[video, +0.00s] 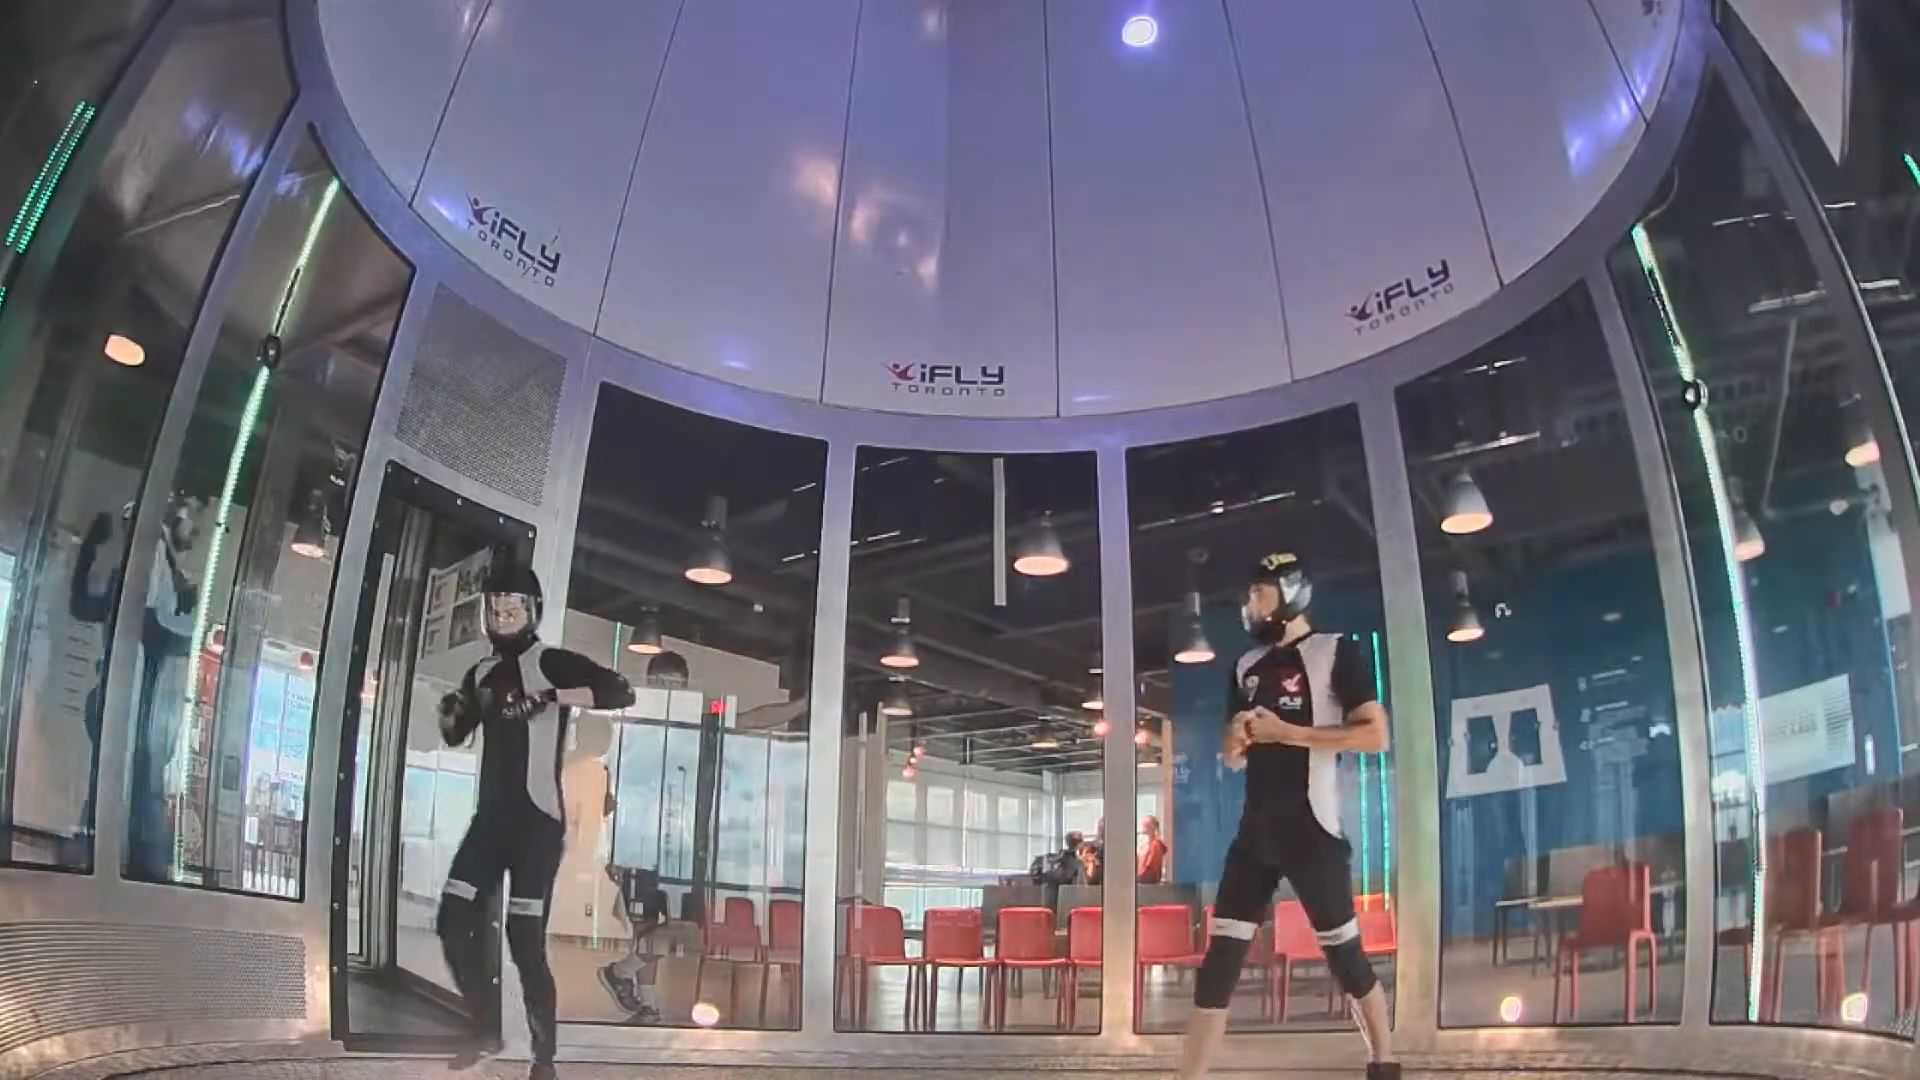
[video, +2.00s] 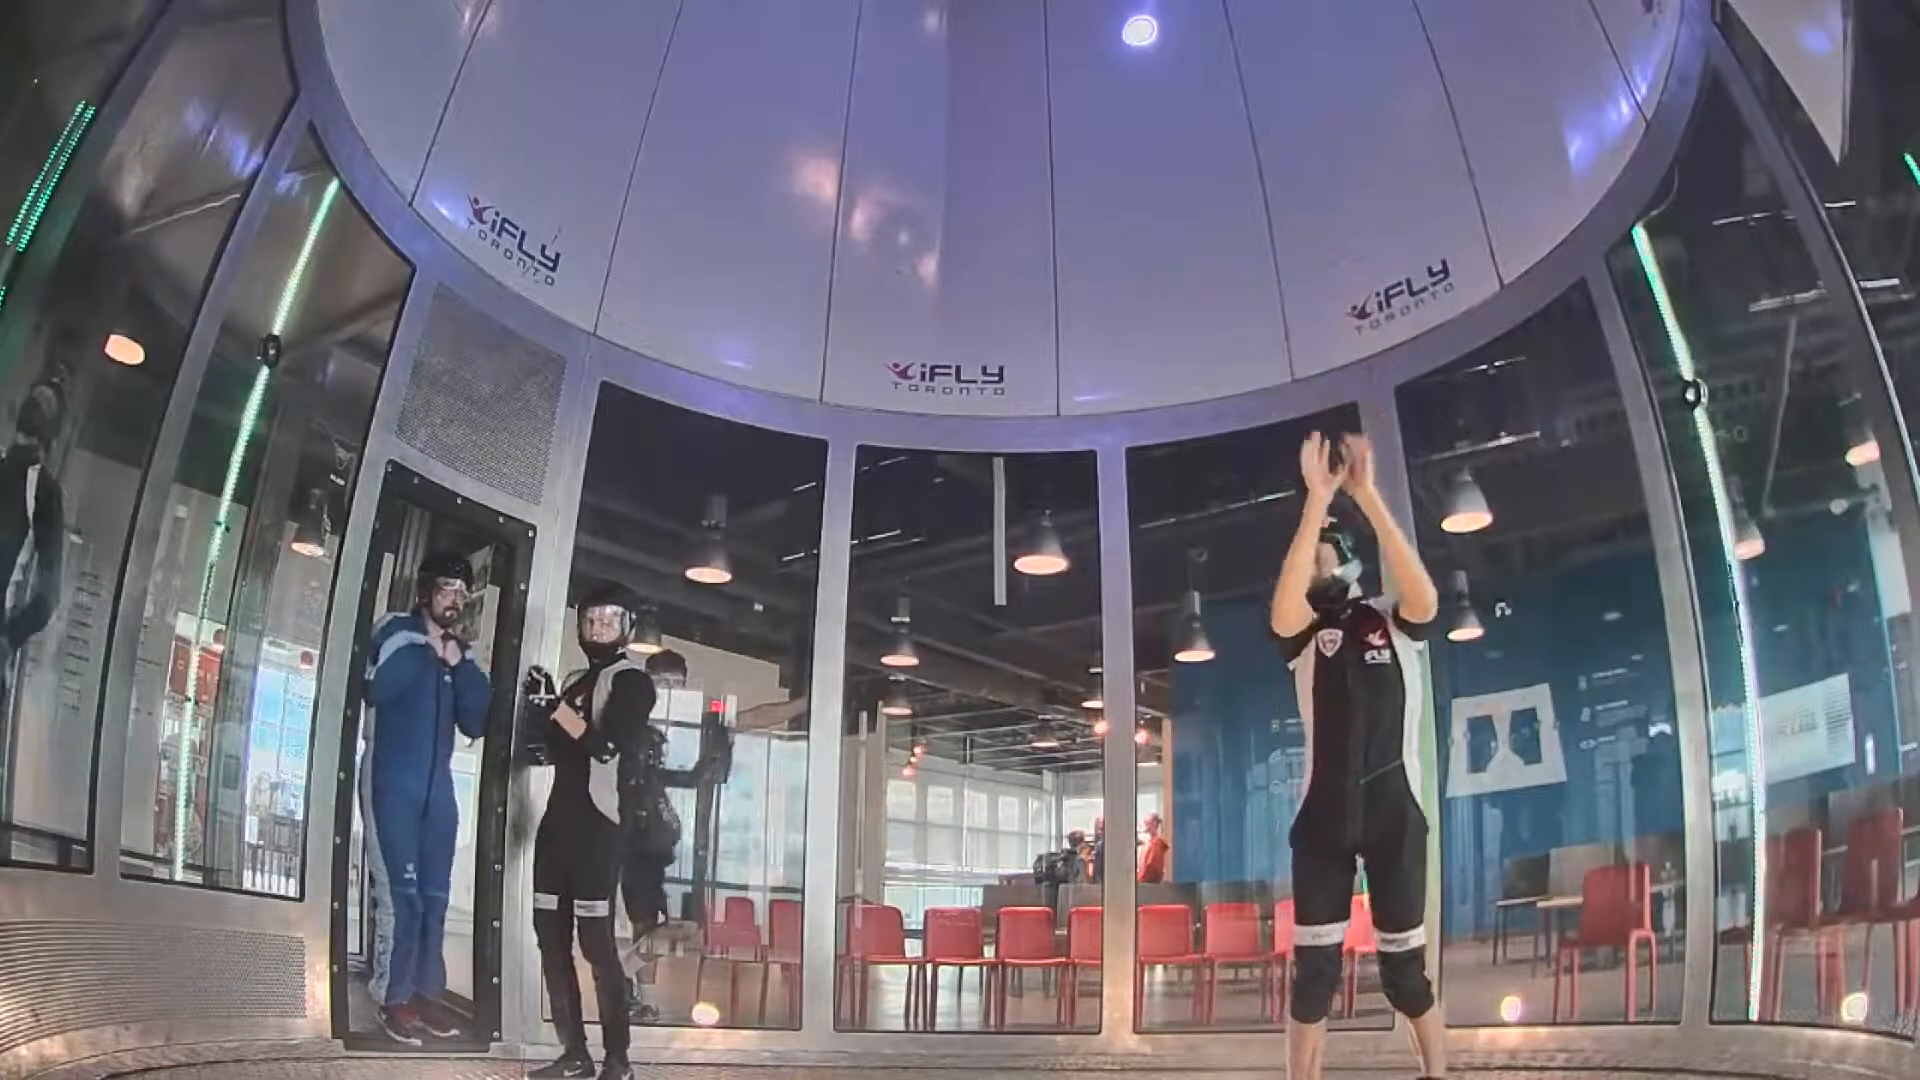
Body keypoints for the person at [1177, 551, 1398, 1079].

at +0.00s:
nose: (1252, 602)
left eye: (1262, 591)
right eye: (1252, 592)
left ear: (1292, 595)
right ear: (1256, 599)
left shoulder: (1338, 652)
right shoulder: (1245, 667)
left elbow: (1375, 735)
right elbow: (1230, 756)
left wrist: (1289, 732)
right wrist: (1236, 741)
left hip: (1315, 828)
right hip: (1257, 828)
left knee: (1346, 960)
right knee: (1221, 957)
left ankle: (1383, 1062)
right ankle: (1188, 1076)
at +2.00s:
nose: (1324, 550)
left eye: (1333, 541)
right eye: (1313, 544)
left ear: (1352, 556)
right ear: (1301, 563)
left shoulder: (1396, 620)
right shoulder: (1299, 631)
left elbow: (1422, 597)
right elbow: (1287, 606)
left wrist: (1369, 497)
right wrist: (1314, 500)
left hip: (1396, 815)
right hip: (1323, 819)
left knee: (1406, 977)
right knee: (1313, 979)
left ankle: (1437, 1074)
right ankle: (1304, 1077)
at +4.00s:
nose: (1376, 586)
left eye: (1384, 572)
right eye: (1369, 576)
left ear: (1416, 566)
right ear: (1367, 582)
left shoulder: (1464, 617)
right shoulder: (1379, 645)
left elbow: (1497, 705)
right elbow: (1365, 747)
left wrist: (1412, 700)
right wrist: (1370, 716)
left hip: (1458, 804)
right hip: (1401, 806)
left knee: (1467, 947)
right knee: (1400, 950)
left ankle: (1487, 1075)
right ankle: (1394, 1075)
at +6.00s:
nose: (1362, 574)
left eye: (1373, 562)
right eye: (1356, 564)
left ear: (1403, 564)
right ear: (1352, 573)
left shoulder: (1441, 616)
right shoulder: (1349, 649)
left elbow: (1489, 695)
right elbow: (1340, 753)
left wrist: (1404, 697)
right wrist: (1351, 712)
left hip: (1438, 806)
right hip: (1379, 812)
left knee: (1456, 949)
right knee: (1387, 954)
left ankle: (1486, 1074)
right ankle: (1389, 1076)